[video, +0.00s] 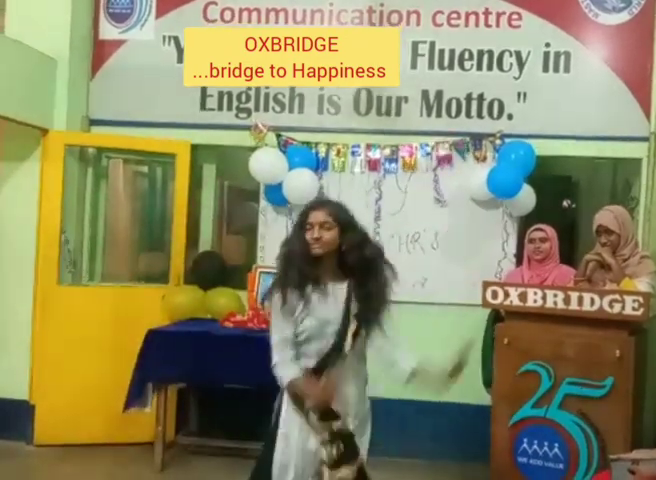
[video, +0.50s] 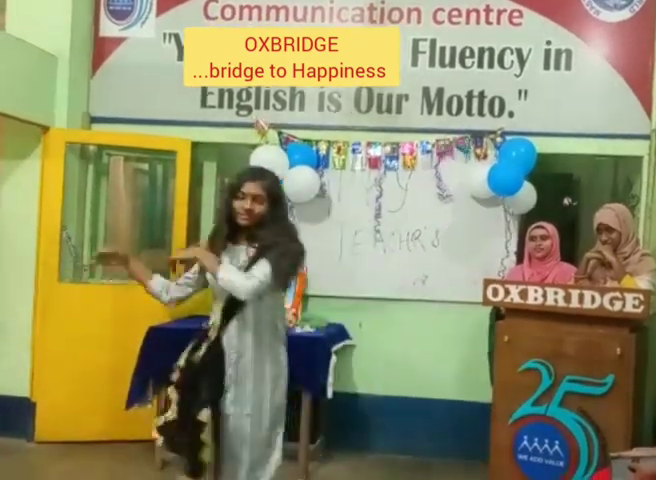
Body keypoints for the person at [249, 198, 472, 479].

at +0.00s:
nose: (315, 235)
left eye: (326, 227)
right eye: (309, 228)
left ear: (344, 233)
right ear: (302, 234)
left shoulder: (361, 285)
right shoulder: (287, 289)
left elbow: (383, 344)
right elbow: (281, 355)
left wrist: (436, 374)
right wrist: (306, 389)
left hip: (347, 396)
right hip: (299, 396)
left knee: (345, 470)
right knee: (294, 468)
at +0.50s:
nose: (247, 207)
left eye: (257, 201)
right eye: (241, 197)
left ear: (272, 207)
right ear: (231, 201)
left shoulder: (283, 248)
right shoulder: (222, 243)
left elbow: (245, 288)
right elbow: (173, 294)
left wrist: (206, 257)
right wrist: (132, 265)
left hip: (259, 364)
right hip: (220, 359)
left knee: (250, 449)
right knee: (215, 444)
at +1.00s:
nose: (266, 214)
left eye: (275, 206)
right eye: (262, 210)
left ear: (298, 213)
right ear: (259, 222)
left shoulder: (335, 266)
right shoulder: (266, 277)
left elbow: (360, 331)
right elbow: (273, 335)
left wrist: (394, 384)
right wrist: (304, 373)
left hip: (332, 387)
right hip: (287, 388)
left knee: (330, 468)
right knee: (288, 468)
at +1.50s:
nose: (283, 231)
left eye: (293, 223)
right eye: (276, 223)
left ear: (311, 230)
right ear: (268, 231)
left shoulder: (337, 281)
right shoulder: (268, 289)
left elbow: (354, 338)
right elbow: (261, 352)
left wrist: (372, 370)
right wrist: (272, 387)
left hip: (338, 399)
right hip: (290, 401)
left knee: (359, 470)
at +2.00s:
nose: (218, 201)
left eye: (229, 193)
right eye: (213, 192)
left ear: (250, 199)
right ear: (206, 195)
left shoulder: (265, 249)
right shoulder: (210, 242)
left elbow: (256, 310)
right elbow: (162, 273)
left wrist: (194, 333)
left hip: (238, 356)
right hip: (204, 347)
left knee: (212, 438)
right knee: (193, 431)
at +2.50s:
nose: (277, 190)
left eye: (287, 183)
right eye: (269, 183)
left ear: (303, 193)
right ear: (260, 192)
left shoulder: (319, 248)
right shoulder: (255, 245)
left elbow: (334, 314)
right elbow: (224, 193)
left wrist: (342, 375)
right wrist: (255, 154)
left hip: (313, 370)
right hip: (267, 367)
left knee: (325, 462)